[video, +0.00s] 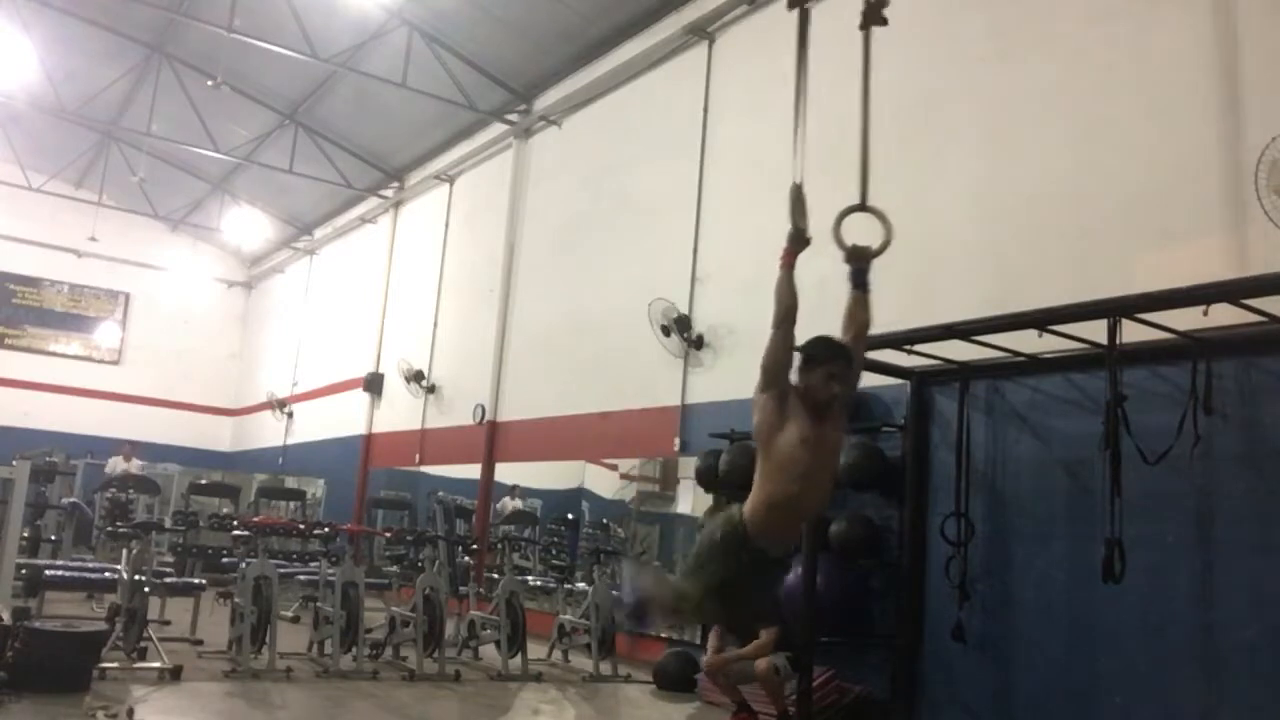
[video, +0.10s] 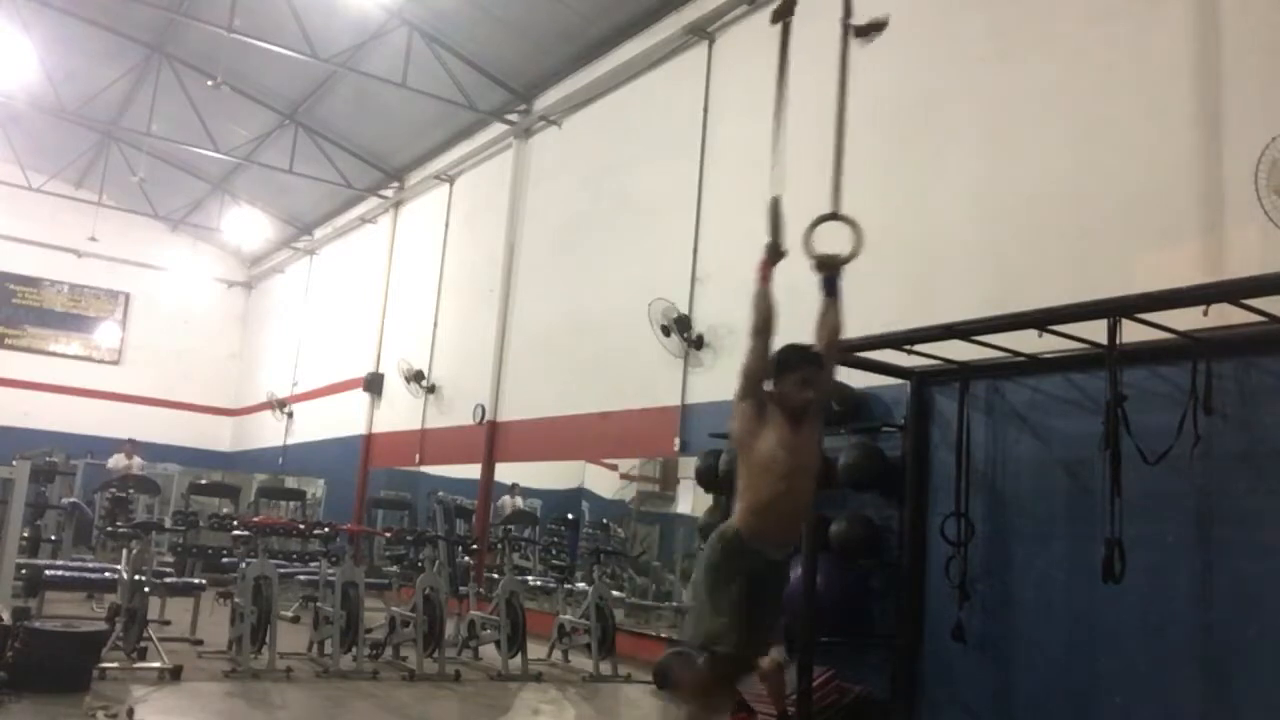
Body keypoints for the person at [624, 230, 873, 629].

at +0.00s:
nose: (837, 388)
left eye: (843, 381)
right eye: (829, 378)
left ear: (847, 386)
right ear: (803, 374)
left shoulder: (834, 416)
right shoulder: (776, 403)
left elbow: (855, 339)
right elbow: (783, 324)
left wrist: (860, 275)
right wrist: (790, 255)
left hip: (776, 557)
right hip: (736, 541)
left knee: (739, 628)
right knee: (689, 605)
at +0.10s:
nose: (810, 393)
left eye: (815, 386)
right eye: (801, 384)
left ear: (823, 387)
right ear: (778, 382)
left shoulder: (811, 418)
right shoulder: (754, 411)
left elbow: (828, 349)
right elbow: (761, 336)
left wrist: (830, 283)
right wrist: (764, 275)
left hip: (776, 562)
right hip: (734, 552)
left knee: (745, 659)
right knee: (712, 659)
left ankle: (702, 697)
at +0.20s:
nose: (775, 401)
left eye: (780, 394)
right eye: (767, 393)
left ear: (787, 396)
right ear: (746, 391)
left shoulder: (776, 425)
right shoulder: (723, 419)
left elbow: (792, 357)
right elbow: (728, 345)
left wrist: (796, 293)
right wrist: (732, 283)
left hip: (763, 549)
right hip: (720, 546)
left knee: (774, 627)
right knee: (748, 621)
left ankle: (722, 669)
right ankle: (713, 670)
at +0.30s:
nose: (744, 386)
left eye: (746, 380)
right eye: (735, 378)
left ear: (747, 385)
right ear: (714, 382)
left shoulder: (745, 415)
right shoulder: (699, 413)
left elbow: (763, 353)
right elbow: (702, 342)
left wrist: (765, 293)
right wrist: (708, 283)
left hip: (760, 525)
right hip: (728, 532)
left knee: (829, 542)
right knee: (806, 538)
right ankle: (887, 585)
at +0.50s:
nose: (693, 333)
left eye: (691, 328)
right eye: (683, 329)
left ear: (696, 337)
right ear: (669, 343)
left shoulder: (721, 362)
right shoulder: (685, 375)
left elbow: (771, 349)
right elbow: (658, 320)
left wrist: (765, 297)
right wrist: (669, 267)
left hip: (799, 374)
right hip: (770, 381)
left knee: (900, 371)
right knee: (820, 345)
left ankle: (909, 478)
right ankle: (843, 453)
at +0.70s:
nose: (738, 212)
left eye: (742, 205)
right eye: (730, 206)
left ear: (749, 209)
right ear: (717, 212)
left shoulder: (761, 248)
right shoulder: (705, 253)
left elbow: (790, 276)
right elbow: (670, 291)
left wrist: (821, 279)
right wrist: (698, 263)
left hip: (813, 321)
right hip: (772, 322)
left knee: (884, 319)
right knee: (829, 287)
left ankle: (959, 383)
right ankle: (891, 332)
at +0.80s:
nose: (793, 197)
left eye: (799, 189)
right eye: (788, 186)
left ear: (800, 188)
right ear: (770, 178)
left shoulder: (793, 226)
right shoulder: (734, 207)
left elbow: (800, 280)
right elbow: (670, 223)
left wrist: (818, 265)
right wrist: (710, 220)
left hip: (787, 320)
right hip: (755, 314)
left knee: (871, 328)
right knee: (825, 292)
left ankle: (957, 319)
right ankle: (913, 293)